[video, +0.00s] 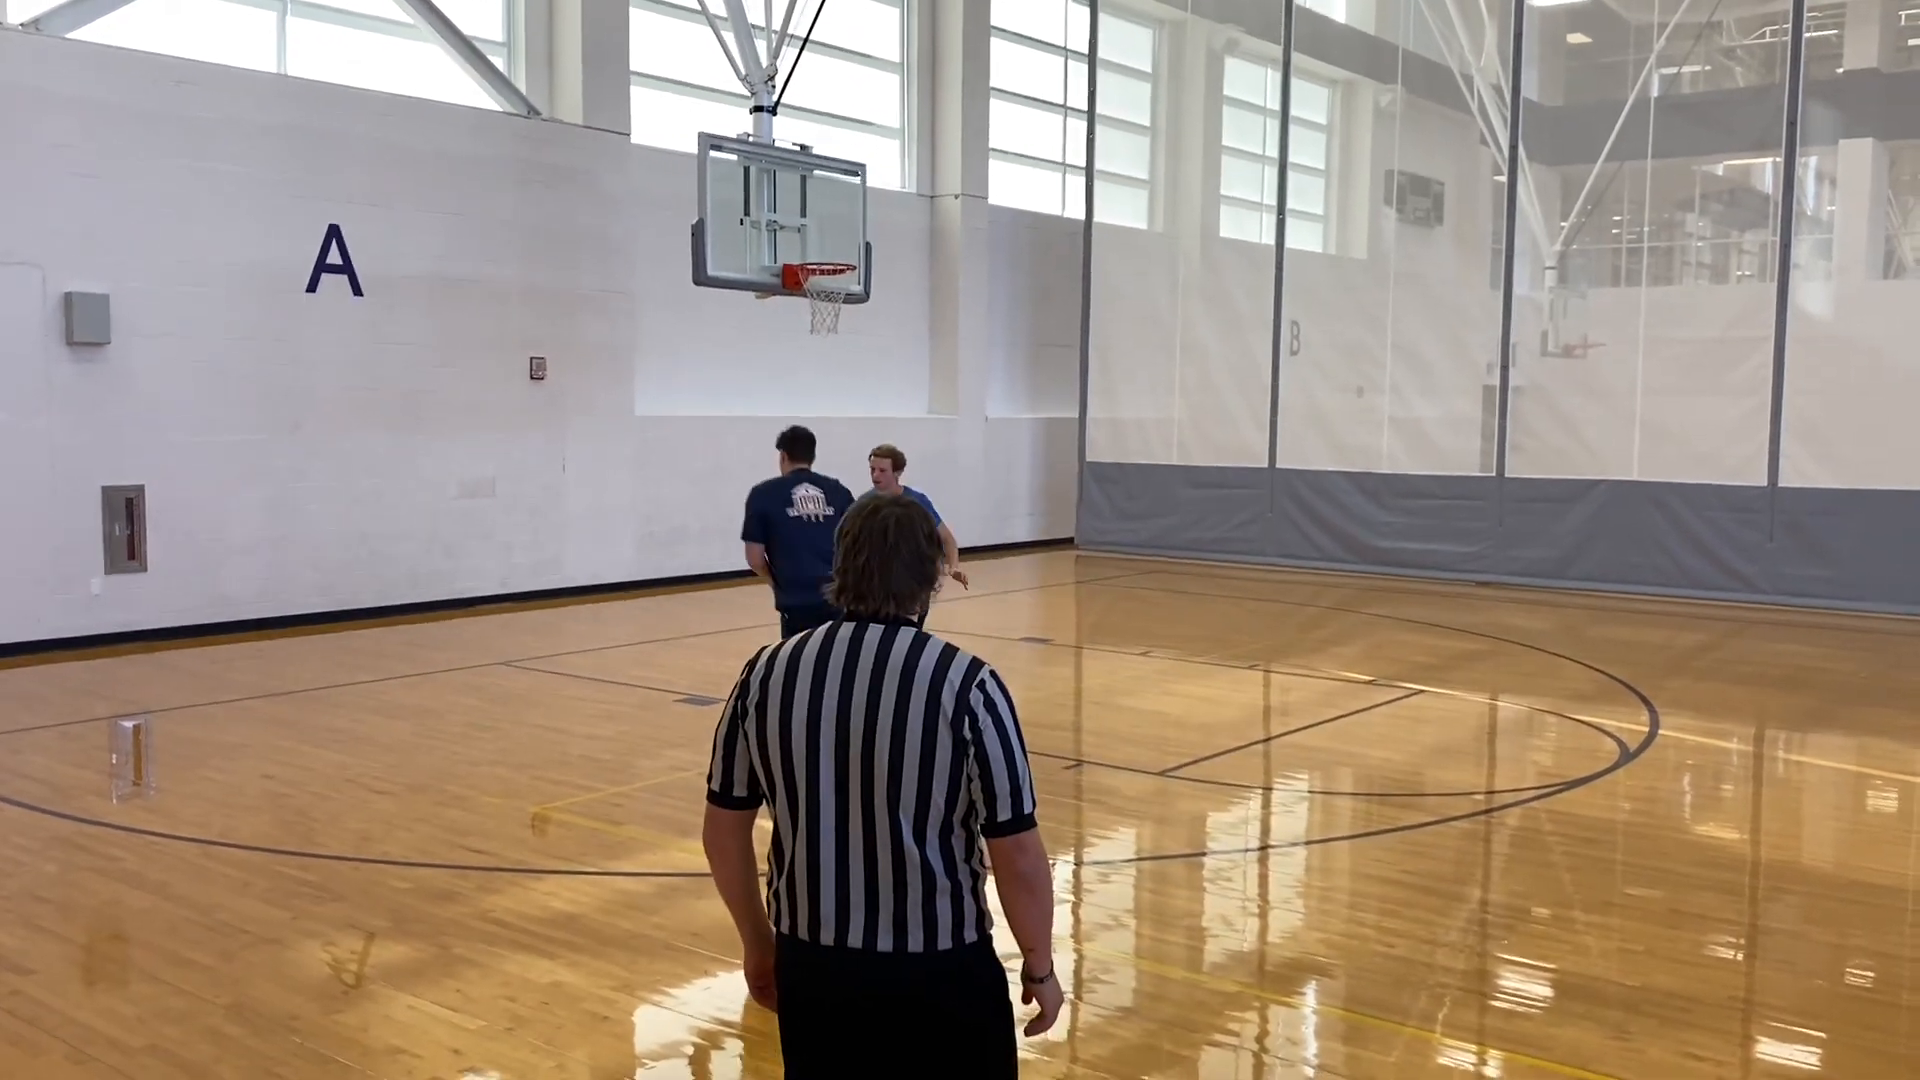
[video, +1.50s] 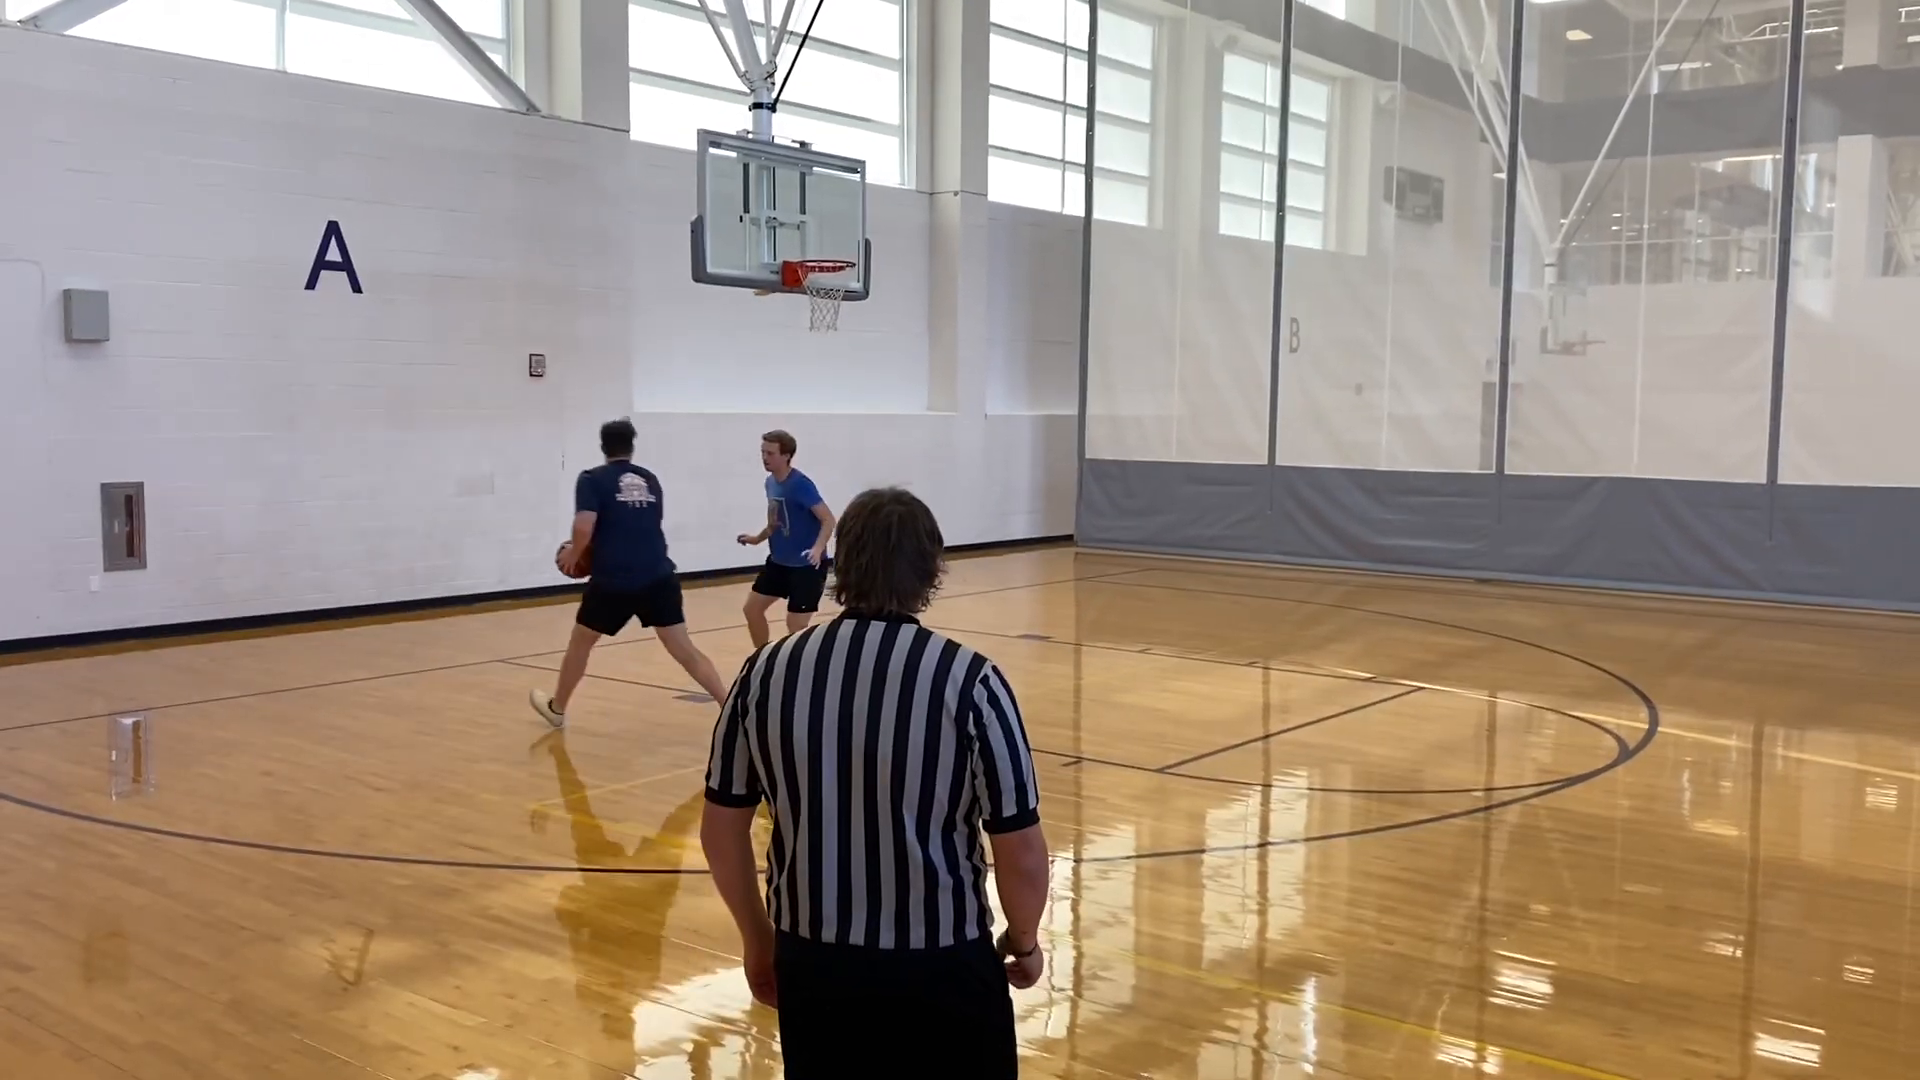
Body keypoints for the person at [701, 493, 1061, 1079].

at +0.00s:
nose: (942, 575)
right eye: (938, 562)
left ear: (842, 564)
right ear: (930, 575)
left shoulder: (768, 669)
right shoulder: (968, 683)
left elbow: (723, 828)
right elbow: (1016, 853)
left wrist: (756, 940)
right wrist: (1039, 963)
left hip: (812, 976)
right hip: (945, 978)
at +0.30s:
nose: (940, 571)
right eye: (936, 559)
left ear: (842, 563)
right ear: (929, 570)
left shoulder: (767, 669)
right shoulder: (968, 682)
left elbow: (723, 827)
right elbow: (1018, 853)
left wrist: (758, 939)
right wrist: (1038, 957)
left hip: (813, 974)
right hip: (946, 977)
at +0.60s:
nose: (939, 573)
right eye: (935, 561)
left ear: (841, 564)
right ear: (929, 572)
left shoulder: (768, 671)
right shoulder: (969, 682)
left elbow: (724, 826)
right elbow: (1019, 851)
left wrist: (757, 940)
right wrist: (1037, 953)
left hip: (815, 974)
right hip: (948, 977)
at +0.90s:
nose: (938, 570)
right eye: (934, 558)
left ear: (841, 566)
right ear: (928, 569)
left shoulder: (765, 670)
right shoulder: (968, 682)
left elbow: (721, 829)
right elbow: (1018, 853)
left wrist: (754, 939)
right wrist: (1032, 949)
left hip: (812, 974)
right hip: (945, 976)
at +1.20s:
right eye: (934, 557)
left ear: (842, 563)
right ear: (929, 569)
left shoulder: (766, 670)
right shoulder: (969, 681)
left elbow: (721, 830)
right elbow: (1020, 854)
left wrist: (755, 939)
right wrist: (1027, 942)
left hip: (813, 973)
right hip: (945, 975)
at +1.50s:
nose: (939, 570)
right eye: (935, 557)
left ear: (841, 564)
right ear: (931, 569)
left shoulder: (765, 671)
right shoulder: (970, 680)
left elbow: (721, 830)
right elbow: (1021, 853)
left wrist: (756, 937)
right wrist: (1024, 938)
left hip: (813, 973)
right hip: (947, 976)